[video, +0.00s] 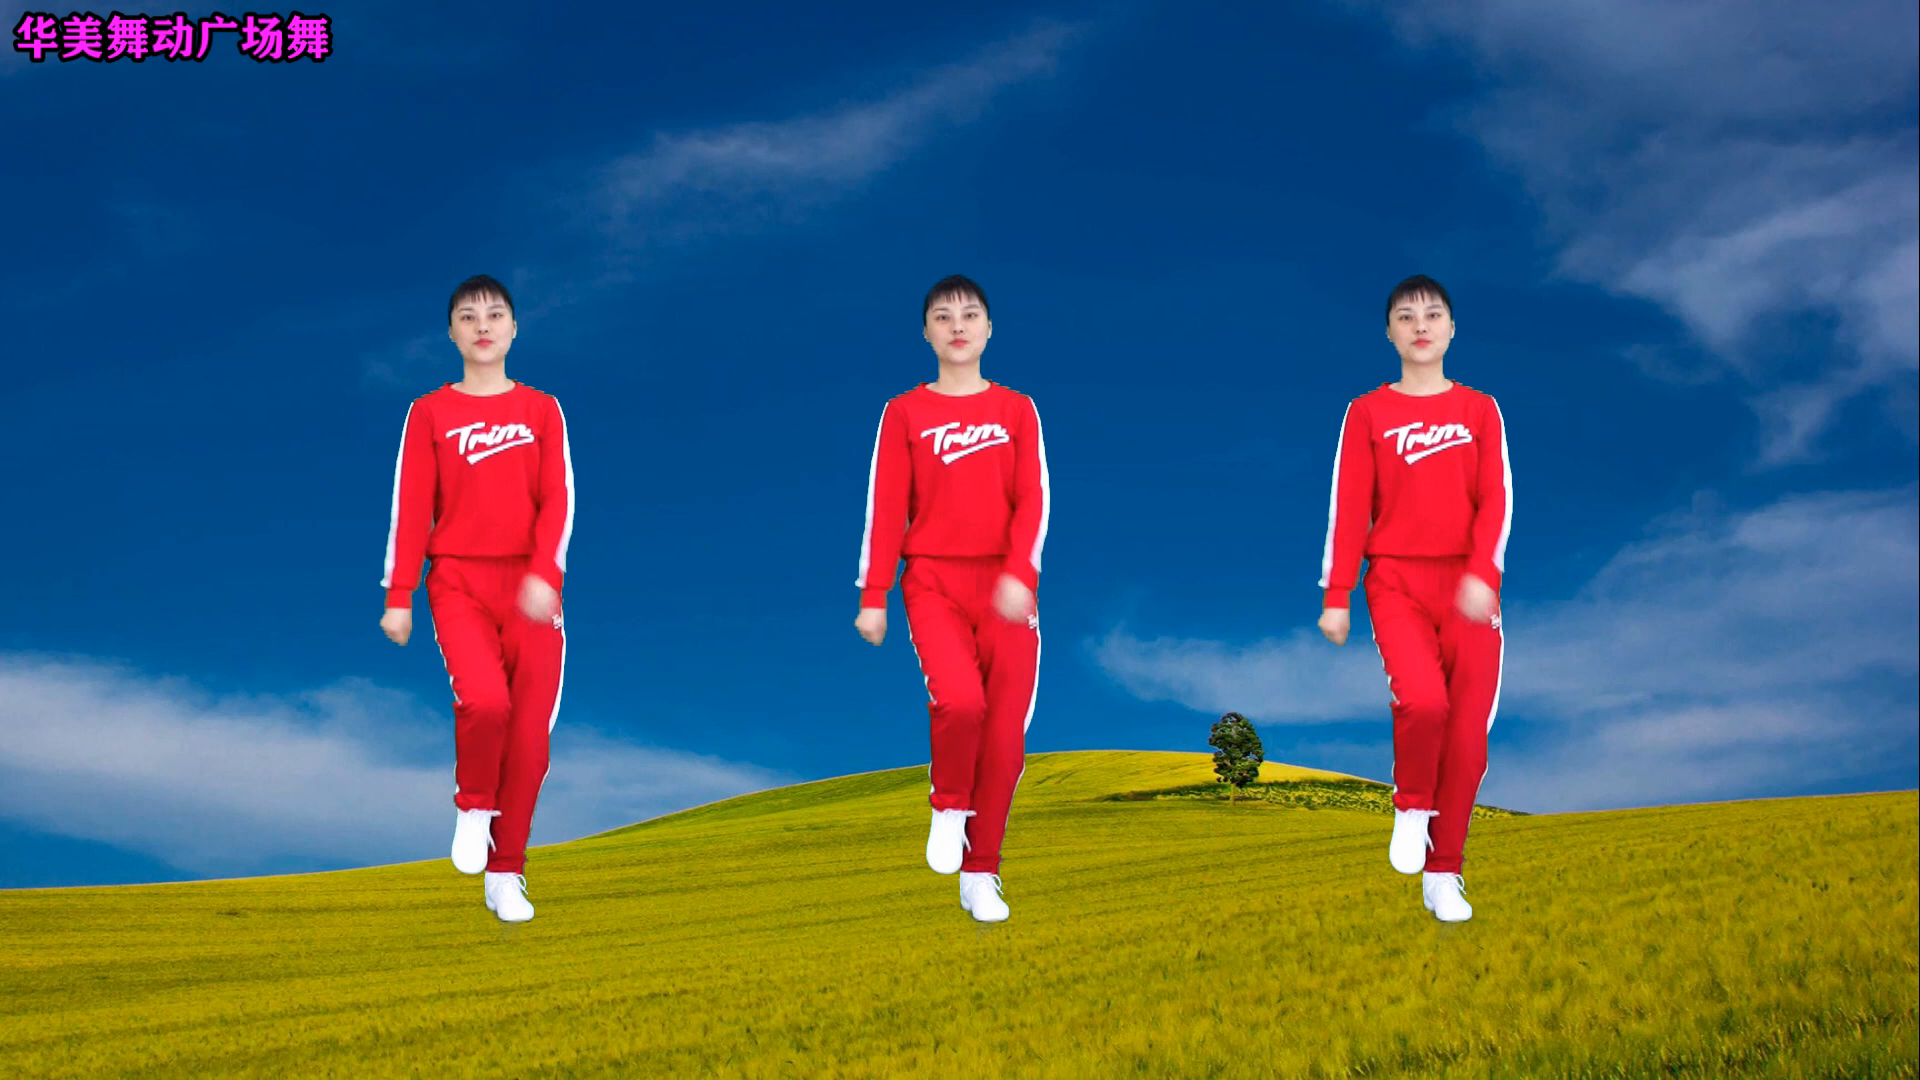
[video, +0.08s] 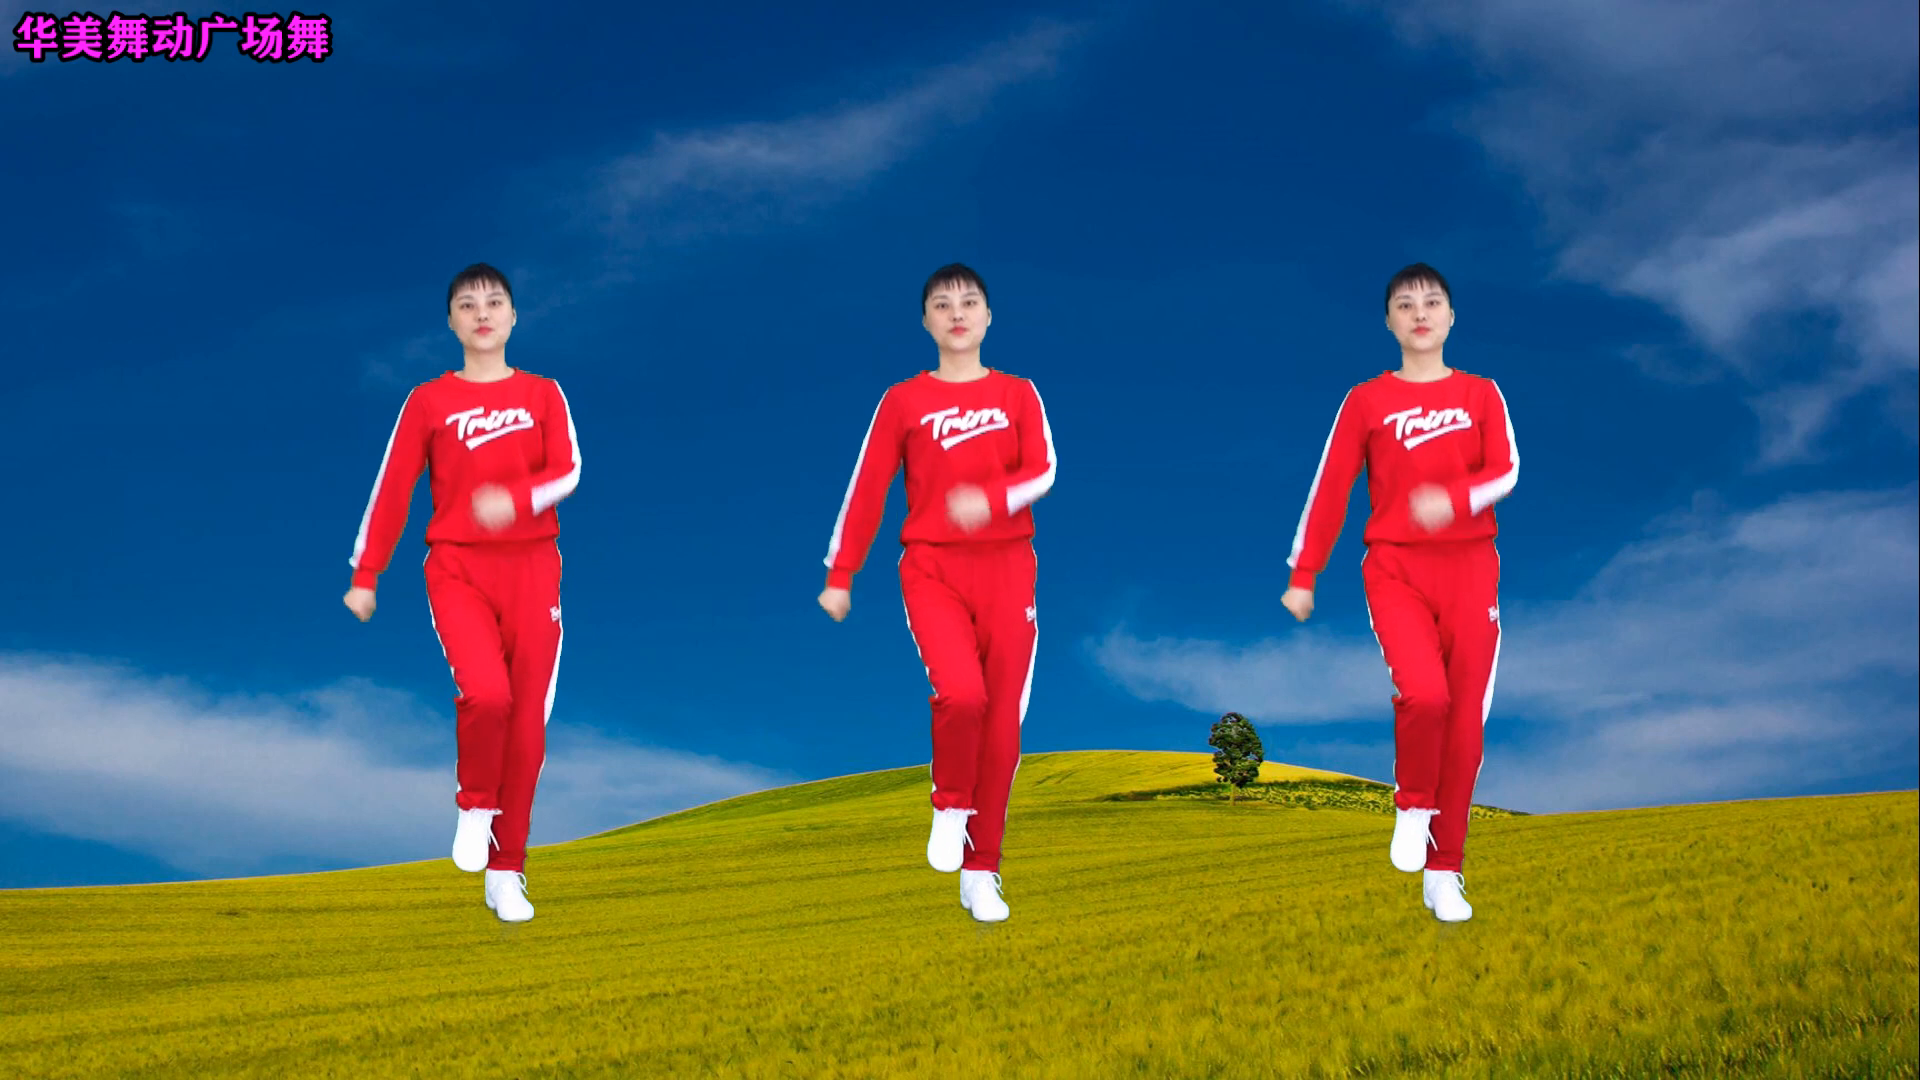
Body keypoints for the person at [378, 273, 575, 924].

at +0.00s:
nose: (482, 325)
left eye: (494, 315)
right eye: (469, 317)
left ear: (513, 328)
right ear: (453, 332)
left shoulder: (544, 409)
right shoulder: (429, 411)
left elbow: (559, 500)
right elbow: (410, 507)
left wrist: (545, 574)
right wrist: (399, 596)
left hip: (532, 582)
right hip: (457, 582)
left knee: (533, 727)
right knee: (487, 703)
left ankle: (507, 868)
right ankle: (474, 807)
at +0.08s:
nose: (482, 314)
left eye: (493, 304)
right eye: (469, 306)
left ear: (512, 316)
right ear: (453, 321)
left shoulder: (543, 393)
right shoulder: (428, 401)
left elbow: (566, 470)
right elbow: (391, 488)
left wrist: (515, 496)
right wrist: (366, 572)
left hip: (532, 572)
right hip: (457, 571)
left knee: (528, 718)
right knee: (487, 695)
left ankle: (509, 867)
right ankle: (477, 808)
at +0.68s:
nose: (465, 328)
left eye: (478, 318)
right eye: (453, 318)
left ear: (495, 330)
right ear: (436, 329)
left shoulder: (523, 407)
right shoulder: (408, 411)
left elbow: (531, 501)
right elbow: (392, 498)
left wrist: (527, 585)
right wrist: (410, 570)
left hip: (497, 583)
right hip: (426, 584)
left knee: (471, 716)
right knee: (424, 735)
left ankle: (492, 810)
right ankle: (452, 867)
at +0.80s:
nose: (464, 310)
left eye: (477, 300)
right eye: (452, 300)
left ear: (494, 312)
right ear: (434, 312)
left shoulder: (522, 390)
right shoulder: (404, 393)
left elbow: (561, 478)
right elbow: (367, 472)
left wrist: (580, 566)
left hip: (499, 566)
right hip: (424, 568)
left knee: (473, 710)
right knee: (430, 723)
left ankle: (489, 819)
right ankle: (454, 863)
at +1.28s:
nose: (471, 323)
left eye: (484, 311)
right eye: (458, 312)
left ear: (501, 321)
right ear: (442, 323)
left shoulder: (532, 399)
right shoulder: (416, 404)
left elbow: (576, 486)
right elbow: (410, 488)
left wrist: (617, 567)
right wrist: (433, 556)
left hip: (522, 573)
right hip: (447, 575)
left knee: (513, 728)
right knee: (460, 721)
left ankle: (495, 869)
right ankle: (457, 838)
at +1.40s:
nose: (473, 326)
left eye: (484, 315)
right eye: (459, 317)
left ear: (502, 325)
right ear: (444, 330)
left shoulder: (534, 406)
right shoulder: (420, 410)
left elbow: (554, 495)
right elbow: (400, 504)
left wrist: (538, 568)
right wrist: (388, 593)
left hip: (523, 579)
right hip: (447, 580)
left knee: (522, 731)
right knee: (475, 703)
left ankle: (496, 869)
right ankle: (462, 805)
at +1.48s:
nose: (472, 313)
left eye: (483, 302)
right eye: (459, 304)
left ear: (502, 312)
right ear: (442, 318)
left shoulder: (534, 391)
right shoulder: (418, 399)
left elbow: (563, 474)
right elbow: (378, 485)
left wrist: (511, 498)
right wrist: (350, 570)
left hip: (524, 573)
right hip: (447, 571)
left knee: (517, 724)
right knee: (475, 696)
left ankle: (497, 868)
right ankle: (466, 807)